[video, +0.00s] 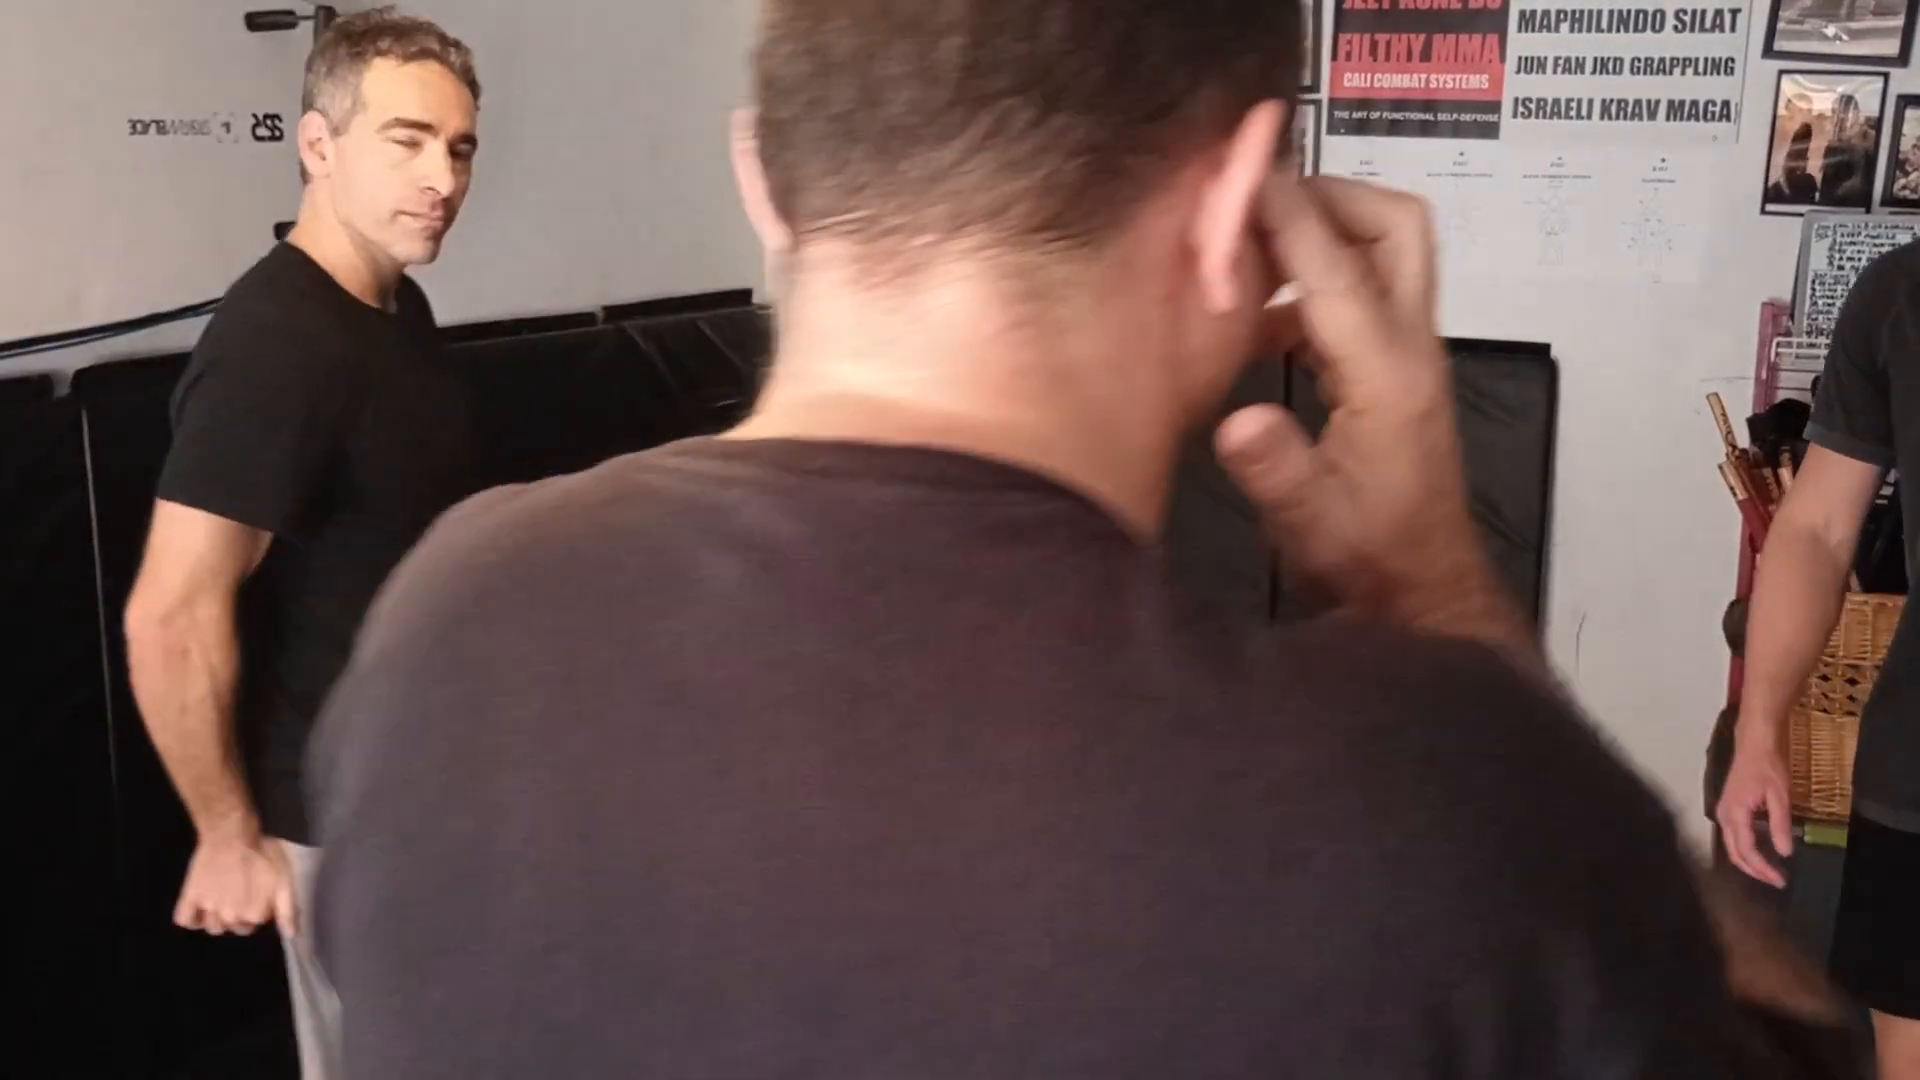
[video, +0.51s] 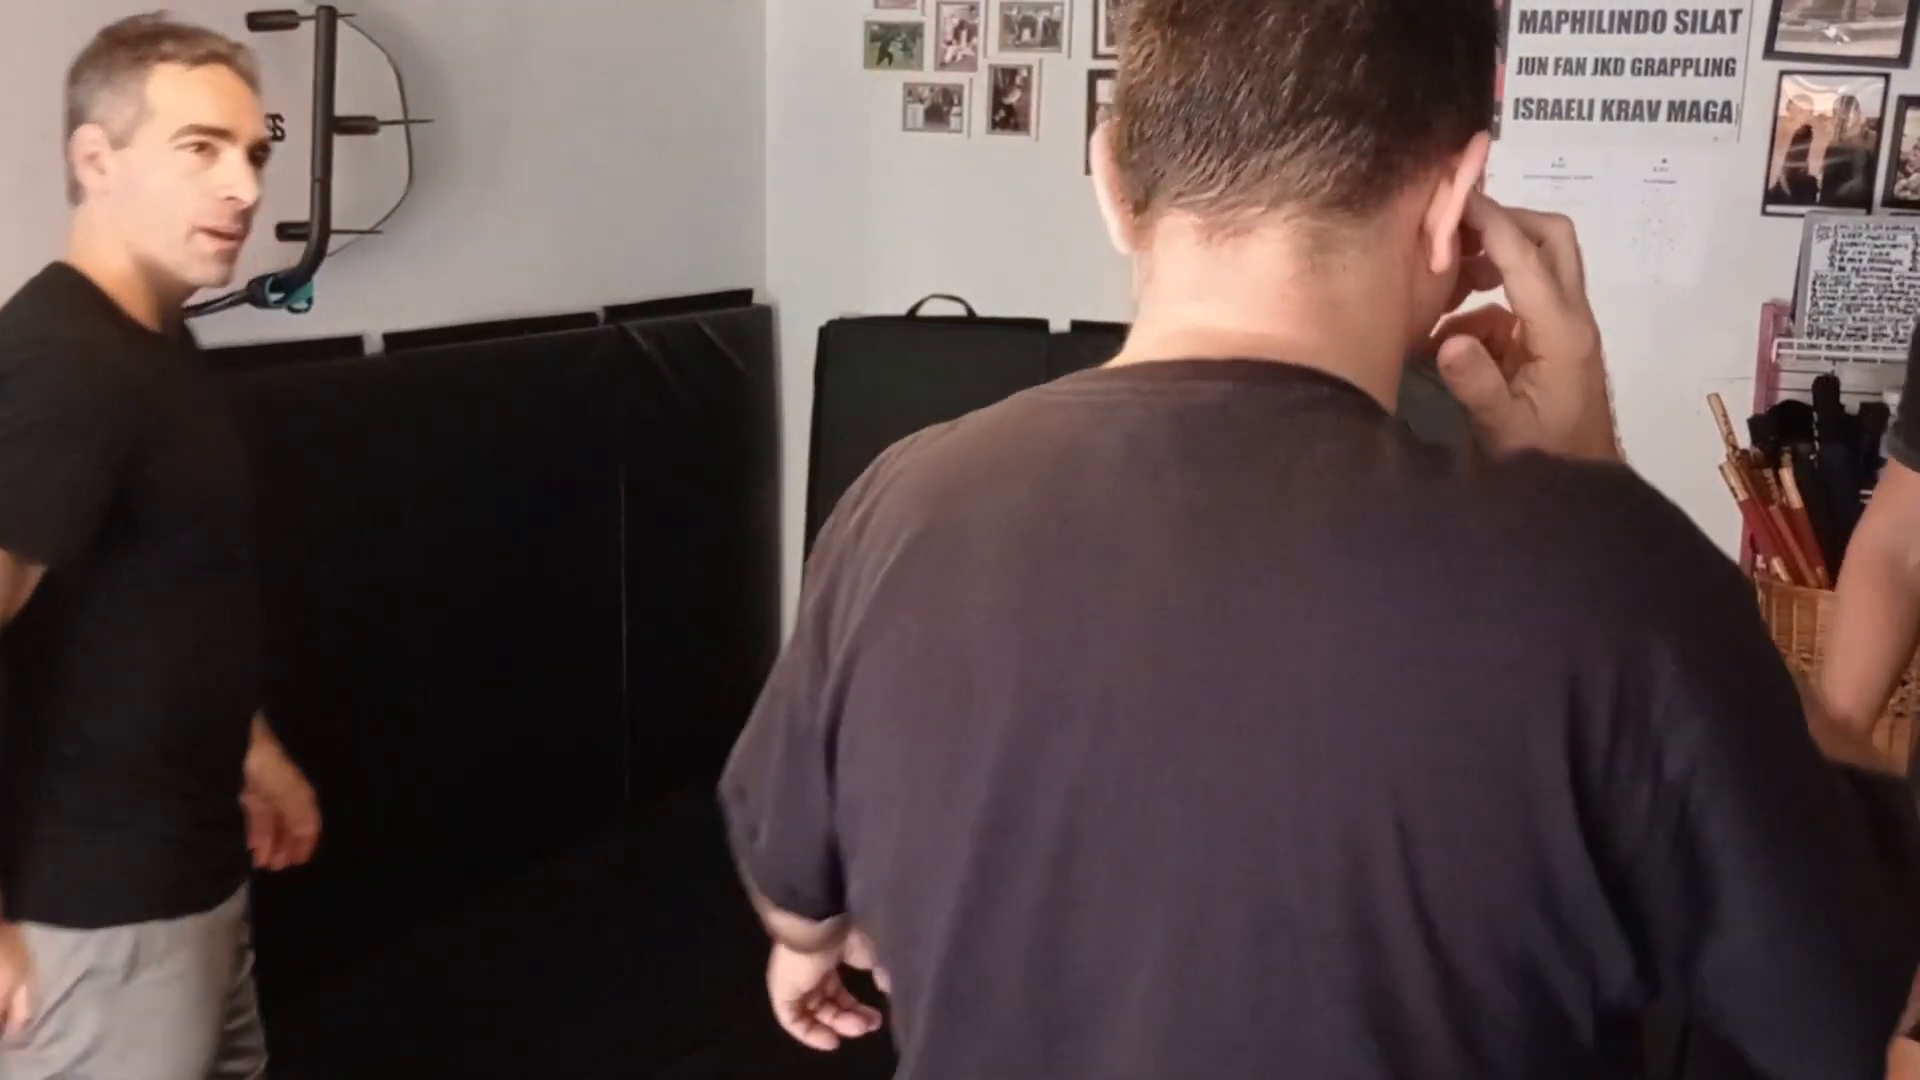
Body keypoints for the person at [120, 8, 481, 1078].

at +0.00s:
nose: (442, 179)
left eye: (459, 151)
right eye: (408, 140)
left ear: (472, 163)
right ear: (319, 144)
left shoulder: (400, 309)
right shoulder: (271, 336)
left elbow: (421, 550)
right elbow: (171, 614)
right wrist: (227, 835)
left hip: (434, 784)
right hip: (327, 824)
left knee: (468, 1049)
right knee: (370, 1060)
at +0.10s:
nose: (426, 172)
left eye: (444, 144)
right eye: (391, 134)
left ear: (454, 157)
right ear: (300, 138)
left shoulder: (383, 308)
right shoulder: (246, 318)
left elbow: (395, 561)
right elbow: (123, 585)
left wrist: (478, 733)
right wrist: (167, 819)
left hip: (363, 796)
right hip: (293, 821)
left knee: (324, 1061)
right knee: (393, 1062)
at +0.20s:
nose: (396, 169)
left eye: (413, 141)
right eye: (362, 130)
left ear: (425, 154)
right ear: (270, 133)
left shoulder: (352, 309)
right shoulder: (212, 313)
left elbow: (354, 543)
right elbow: (75, 578)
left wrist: (433, 704)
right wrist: (125, 819)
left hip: (319, 793)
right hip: (257, 812)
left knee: (284, 1057)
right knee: (367, 1060)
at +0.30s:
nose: (352, 169)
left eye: (368, 143)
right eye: (319, 132)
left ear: (379, 158)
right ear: (222, 135)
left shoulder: (301, 310)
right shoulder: (173, 314)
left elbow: (309, 552)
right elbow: (42, 579)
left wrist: (393, 709)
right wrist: (91, 840)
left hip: (287, 817)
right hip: (228, 838)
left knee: (263, 1059)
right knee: (319, 1060)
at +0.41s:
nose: (299, 175)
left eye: (313, 145)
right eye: (260, 135)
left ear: (327, 157)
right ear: (160, 147)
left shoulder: (231, 315)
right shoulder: (123, 331)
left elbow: (246, 558)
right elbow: (19, 592)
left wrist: (330, 720)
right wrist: (38, 866)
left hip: (248, 836)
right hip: (176, 861)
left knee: (255, 1058)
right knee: (215, 1067)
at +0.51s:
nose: (243, 193)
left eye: (255, 157)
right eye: (201, 150)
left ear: (264, 166)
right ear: (94, 158)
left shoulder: (161, 340)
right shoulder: (60, 366)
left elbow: (160, 591)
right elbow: (1, 615)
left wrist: (250, 747)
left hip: (198, 898)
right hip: (85, 930)